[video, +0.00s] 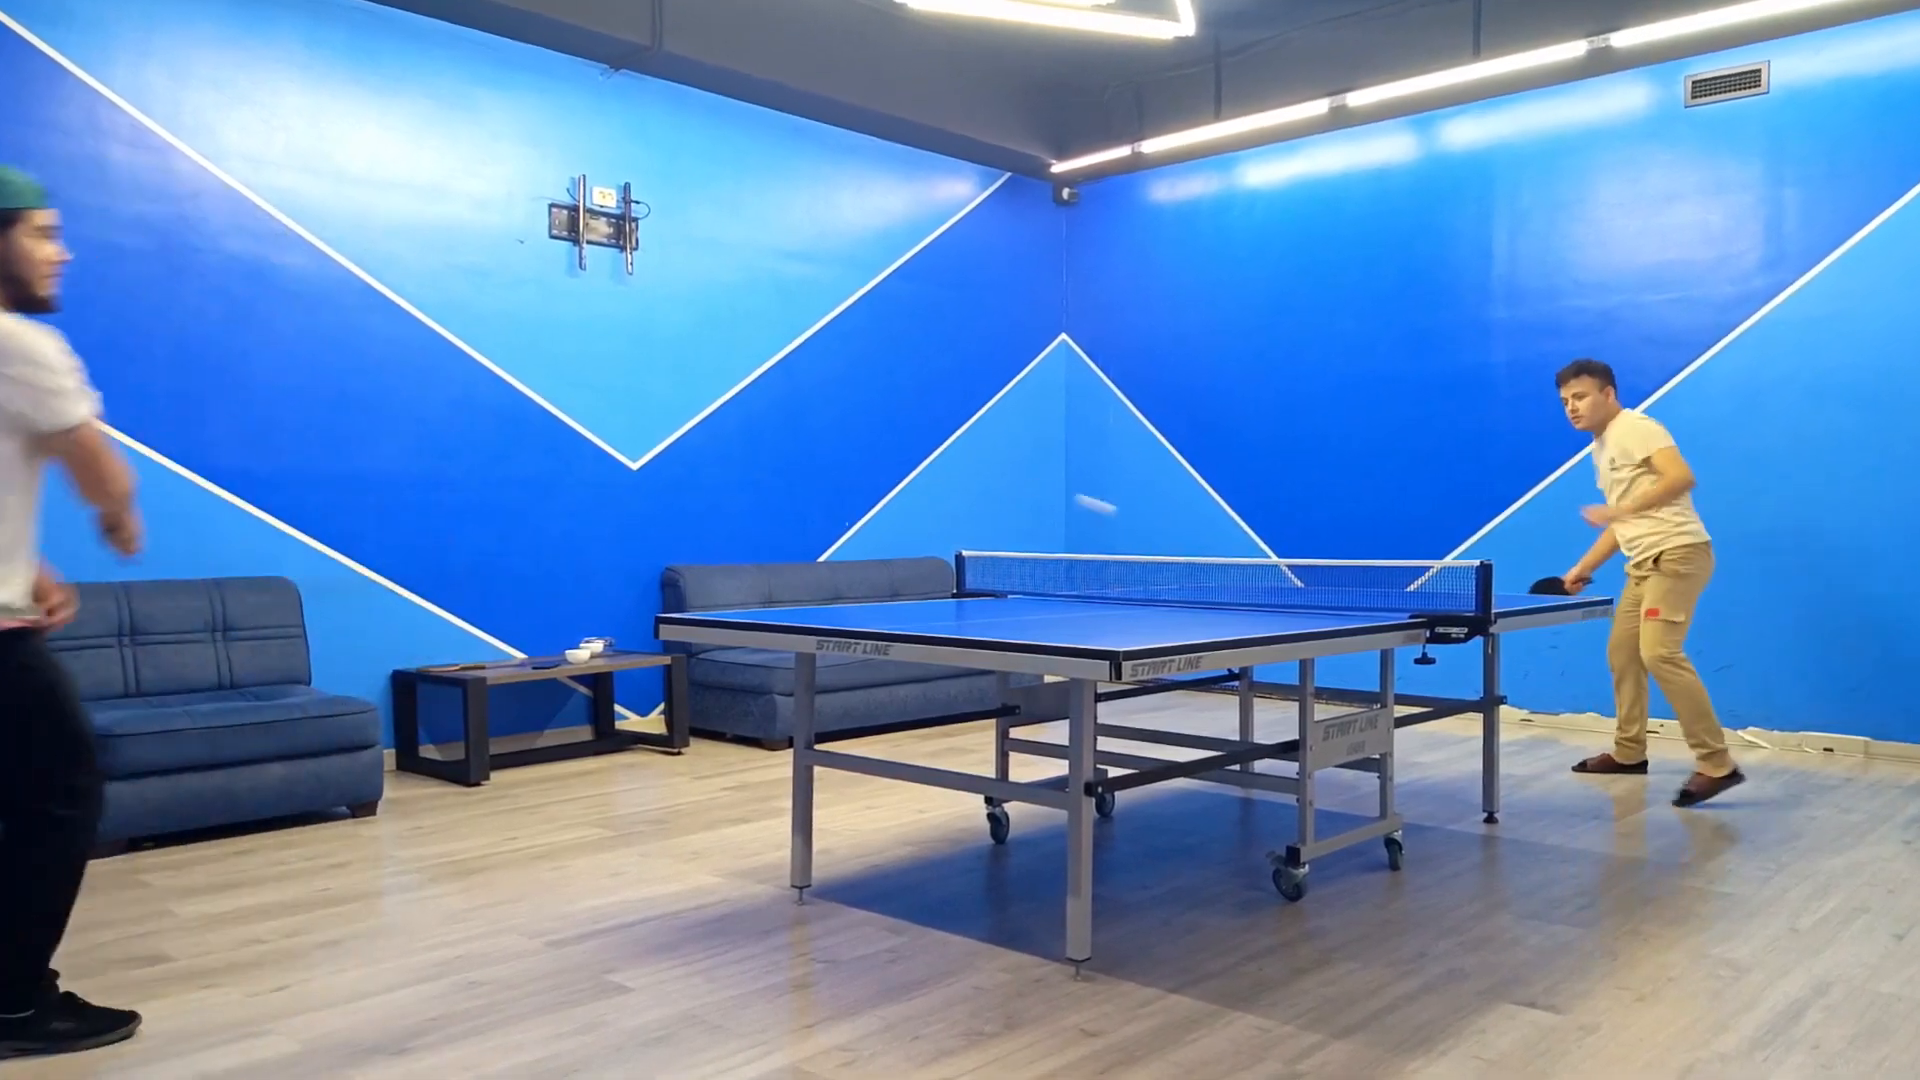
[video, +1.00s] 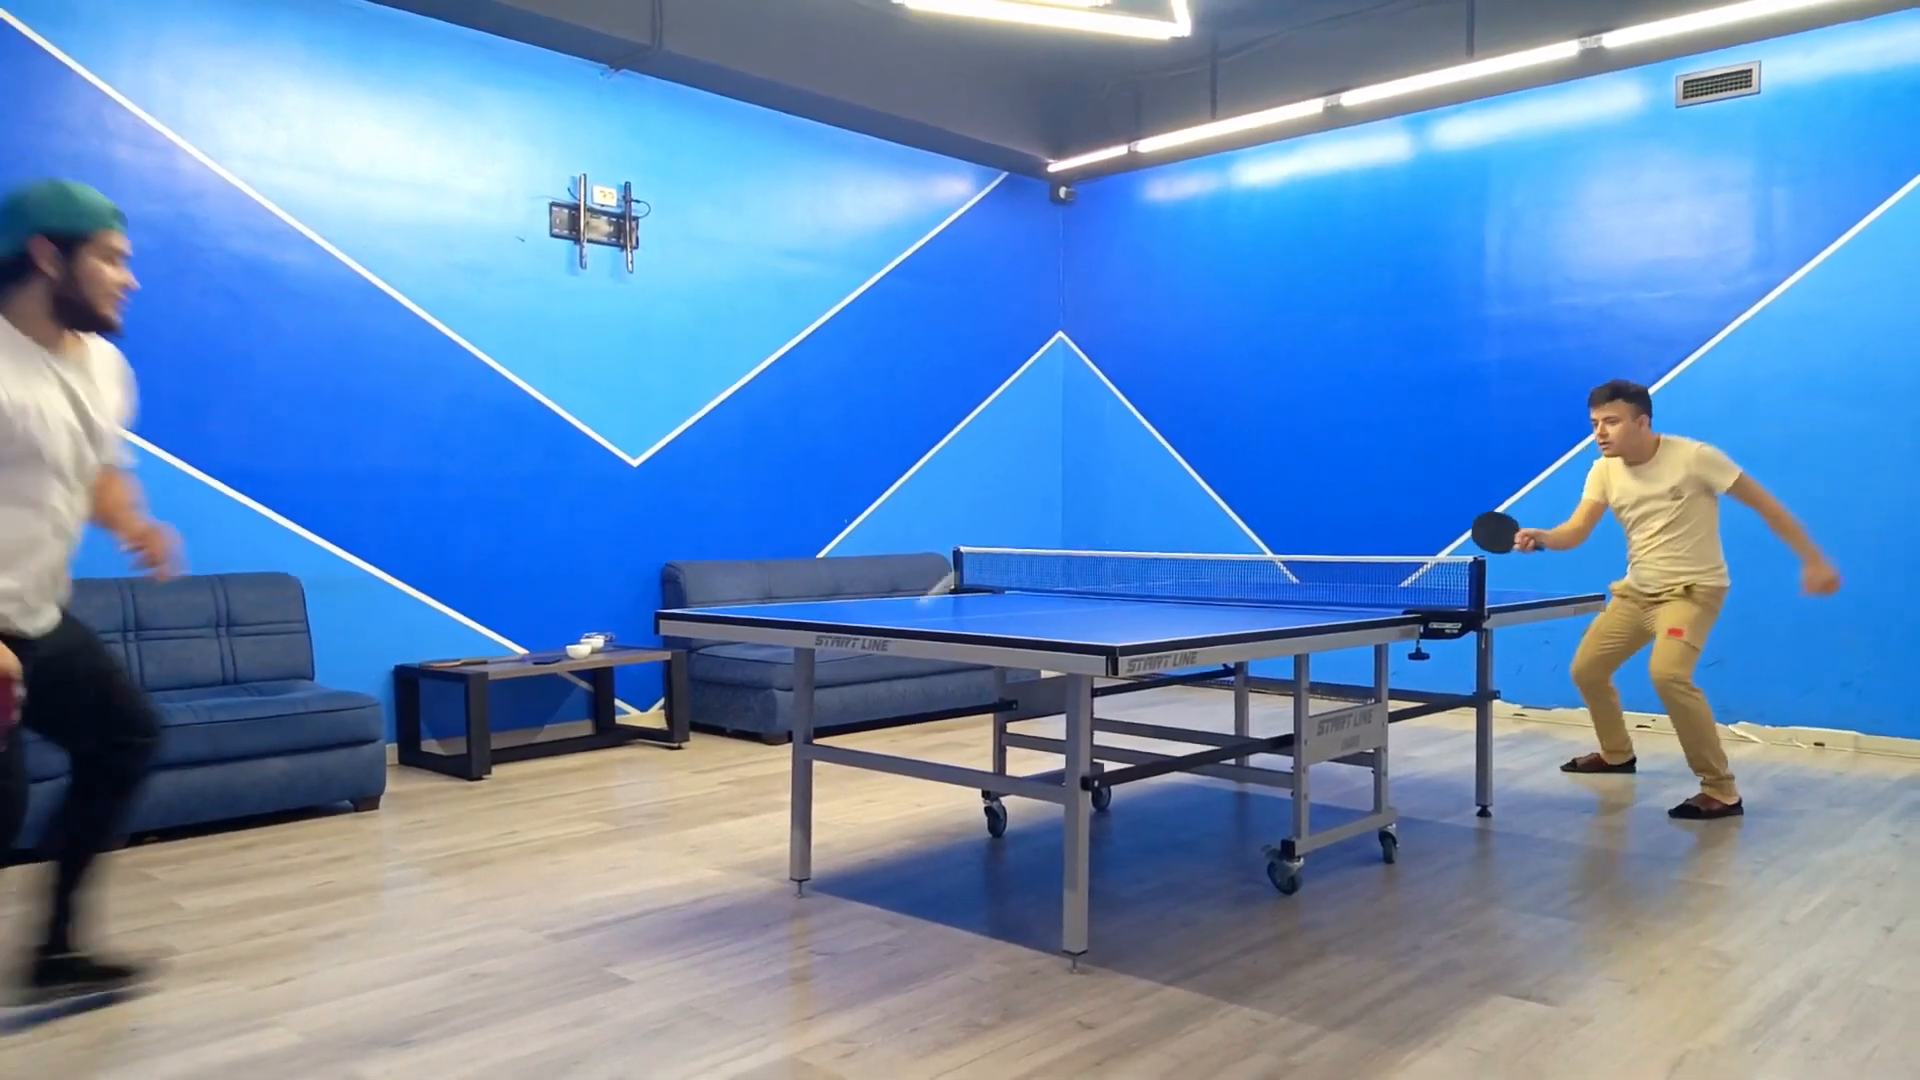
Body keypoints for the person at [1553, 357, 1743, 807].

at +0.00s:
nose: (1571, 408)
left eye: (1579, 397)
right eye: (1565, 401)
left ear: (1609, 395)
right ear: (1566, 406)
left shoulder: (1636, 427)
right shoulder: (1601, 451)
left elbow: (1681, 476)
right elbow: (1623, 519)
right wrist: (1584, 567)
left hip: (1679, 552)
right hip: (1642, 563)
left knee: (1659, 651)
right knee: (1623, 652)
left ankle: (1717, 765)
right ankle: (1629, 754)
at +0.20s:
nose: (1599, 431)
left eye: (1607, 420)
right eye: (1594, 424)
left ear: (1637, 417)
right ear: (1595, 428)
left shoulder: (1659, 446)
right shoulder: (1640, 472)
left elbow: (1670, 476)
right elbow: (1654, 546)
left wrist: (1595, 497)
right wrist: (1611, 580)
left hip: (1688, 579)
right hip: (1659, 584)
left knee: (1657, 682)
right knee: (1617, 657)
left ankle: (1729, 791)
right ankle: (1632, 755)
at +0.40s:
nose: (1615, 425)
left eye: (1623, 413)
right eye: (1610, 417)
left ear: (1656, 408)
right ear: (1612, 420)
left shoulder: (1699, 435)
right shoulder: (1629, 465)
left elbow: (1773, 428)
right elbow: (1619, 524)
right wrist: (1567, 538)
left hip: (1718, 578)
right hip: (1670, 583)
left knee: (1673, 679)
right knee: (1642, 671)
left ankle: (1730, 795)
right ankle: (1636, 755)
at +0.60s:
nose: (1618, 413)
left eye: (1626, 402)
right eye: (1613, 404)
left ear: (1660, 394)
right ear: (1616, 403)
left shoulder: (1718, 414)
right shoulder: (1624, 440)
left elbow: (1803, 401)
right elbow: (1592, 473)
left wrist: (1872, 375)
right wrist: (1539, 489)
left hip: (1726, 563)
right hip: (1668, 567)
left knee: (1715, 674)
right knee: (1655, 664)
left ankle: (1733, 793)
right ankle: (1652, 753)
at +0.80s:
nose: (1618, 415)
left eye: (1626, 404)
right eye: (1612, 406)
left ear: (1661, 399)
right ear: (1615, 407)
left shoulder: (1717, 425)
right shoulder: (1620, 447)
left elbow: (1796, 435)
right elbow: (1593, 498)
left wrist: (1881, 436)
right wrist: (1545, 514)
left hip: (1716, 570)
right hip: (1656, 570)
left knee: (1705, 674)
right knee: (1628, 656)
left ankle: (1727, 793)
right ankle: (1636, 742)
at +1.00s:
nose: (1600, 432)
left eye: (1610, 422)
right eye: (1595, 424)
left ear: (1643, 421)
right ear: (1594, 426)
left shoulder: (1694, 459)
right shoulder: (1605, 470)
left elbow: (1766, 505)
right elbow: (1576, 530)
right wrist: (1542, 538)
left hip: (1692, 590)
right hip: (1637, 592)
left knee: (1668, 676)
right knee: (1587, 671)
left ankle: (1721, 792)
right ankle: (1616, 754)